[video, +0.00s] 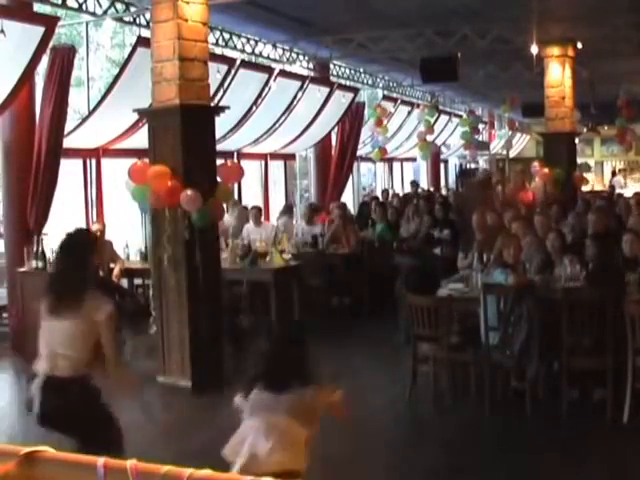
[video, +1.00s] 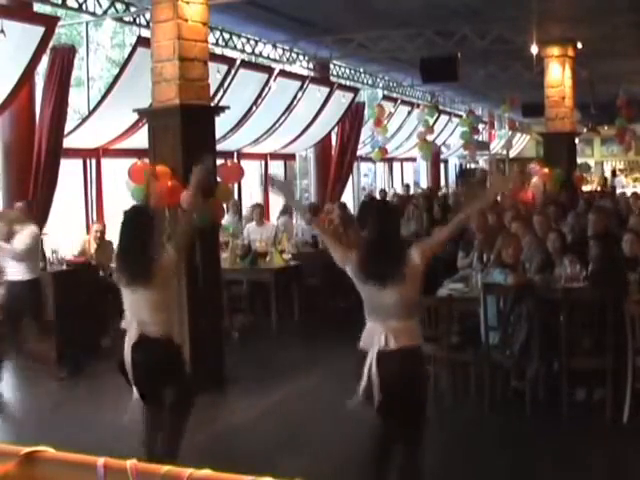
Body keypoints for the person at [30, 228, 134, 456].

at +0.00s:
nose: (103, 258)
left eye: (101, 252)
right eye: (99, 253)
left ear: (63, 258)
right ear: (93, 260)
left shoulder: (48, 300)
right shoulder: (100, 306)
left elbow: (44, 352)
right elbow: (112, 366)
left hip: (44, 392)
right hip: (76, 397)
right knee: (111, 443)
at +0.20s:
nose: (116, 255)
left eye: (113, 250)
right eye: (113, 251)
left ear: (81, 256)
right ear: (110, 257)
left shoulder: (67, 297)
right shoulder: (122, 301)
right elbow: (136, 347)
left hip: (68, 383)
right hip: (102, 383)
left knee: (116, 444)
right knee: (127, 448)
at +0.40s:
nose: (130, 248)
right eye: (127, 244)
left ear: (95, 250)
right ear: (125, 249)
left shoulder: (89, 286)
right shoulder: (139, 286)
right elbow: (171, 310)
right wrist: (193, 319)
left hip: (95, 375)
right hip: (126, 376)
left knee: (116, 429)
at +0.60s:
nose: (140, 240)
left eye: (136, 236)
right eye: (138, 236)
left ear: (110, 241)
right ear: (137, 241)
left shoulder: (103, 280)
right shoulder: (145, 279)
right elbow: (177, 283)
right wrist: (200, 277)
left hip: (111, 356)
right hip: (136, 357)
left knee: (130, 417)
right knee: (160, 412)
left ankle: (127, 467)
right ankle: (157, 467)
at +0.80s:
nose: (147, 239)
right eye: (145, 235)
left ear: (115, 240)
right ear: (142, 240)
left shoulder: (108, 278)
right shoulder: (155, 276)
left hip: (125, 356)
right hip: (153, 354)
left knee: (160, 403)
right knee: (171, 415)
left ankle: (147, 452)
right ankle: (158, 465)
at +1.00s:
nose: (160, 229)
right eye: (156, 225)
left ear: (126, 232)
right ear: (152, 233)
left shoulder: (121, 269)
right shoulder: (167, 263)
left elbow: (131, 239)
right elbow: (181, 232)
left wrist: (148, 189)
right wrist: (190, 200)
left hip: (135, 344)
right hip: (166, 345)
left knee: (151, 407)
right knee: (184, 393)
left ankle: (150, 459)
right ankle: (169, 452)